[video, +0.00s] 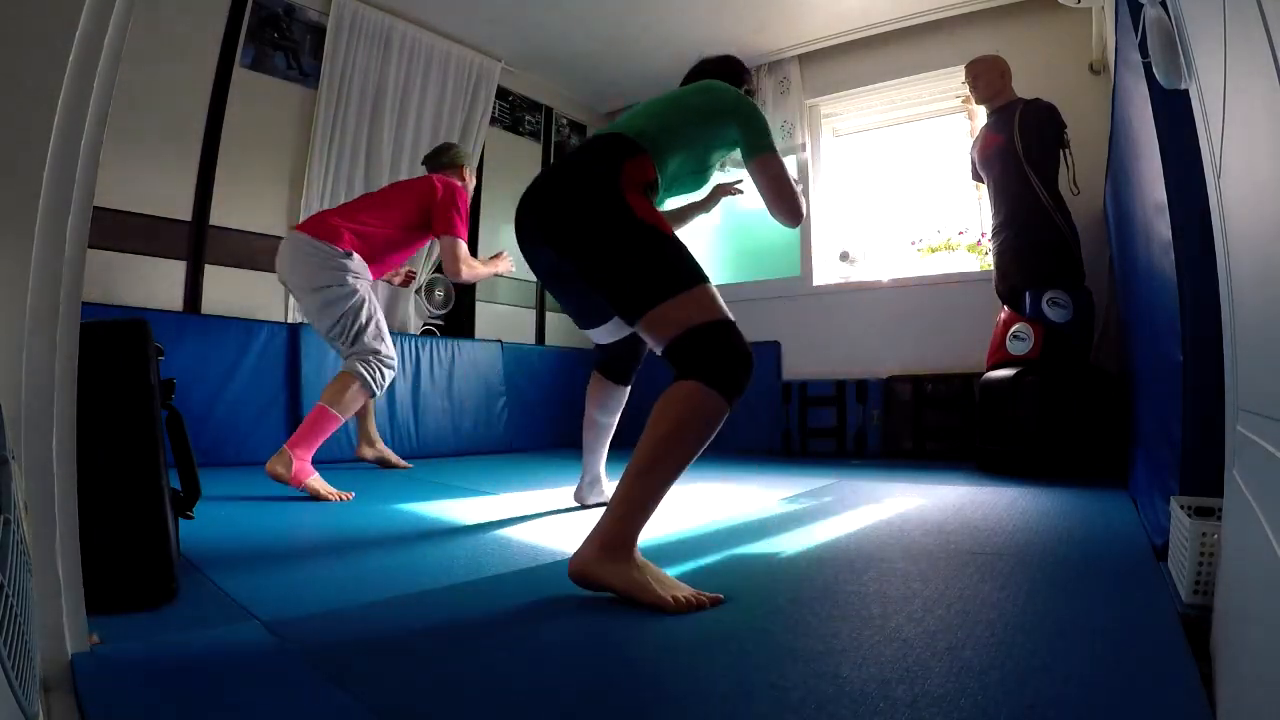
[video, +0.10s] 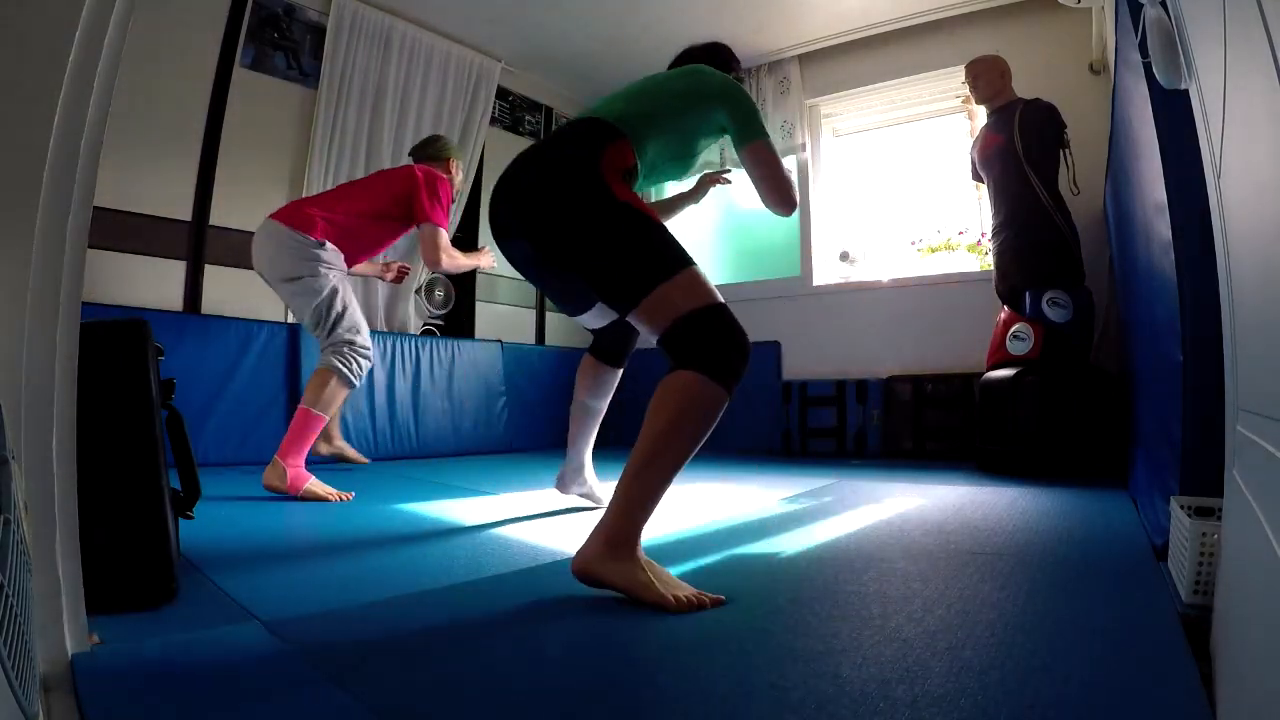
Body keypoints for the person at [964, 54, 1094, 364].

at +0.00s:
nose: (970, 87)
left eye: (975, 78)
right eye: (968, 82)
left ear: (1002, 75)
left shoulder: (1036, 111)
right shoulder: (982, 137)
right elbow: (977, 175)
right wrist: (974, 123)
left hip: (1048, 240)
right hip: (1008, 246)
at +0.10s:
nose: (970, 87)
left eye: (975, 78)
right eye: (968, 82)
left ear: (1002, 75)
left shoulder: (1035, 111)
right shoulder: (983, 136)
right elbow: (977, 175)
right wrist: (974, 123)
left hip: (1048, 240)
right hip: (1008, 246)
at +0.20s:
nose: (970, 87)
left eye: (975, 78)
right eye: (968, 82)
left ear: (1002, 75)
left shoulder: (1035, 111)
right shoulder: (983, 136)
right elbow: (977, 175)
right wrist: (974, 123)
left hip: (1048, 240)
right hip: (1008, 247)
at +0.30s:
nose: (970, 86)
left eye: (975, 78)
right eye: (968, 82)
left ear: (1002, 75)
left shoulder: (1036, 111)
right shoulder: (981, 139)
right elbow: (978, 177)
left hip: (1049, 243)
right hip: (1009, 251)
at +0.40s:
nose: (971, 85)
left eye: (976, 76)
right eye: (968, 82)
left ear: (1004, 74)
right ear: (969, 91)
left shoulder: (1036, 111)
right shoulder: (981, 139)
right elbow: (978, 175)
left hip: (1050, 245)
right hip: (1008, 253)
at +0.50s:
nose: (971, 85)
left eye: (976, 76)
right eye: (968, 81)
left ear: (1004, 74)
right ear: (969, 90)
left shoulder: (1036, 111)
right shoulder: (980, 140)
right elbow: (978, 176)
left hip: (1050, 244)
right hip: (1008, 252)